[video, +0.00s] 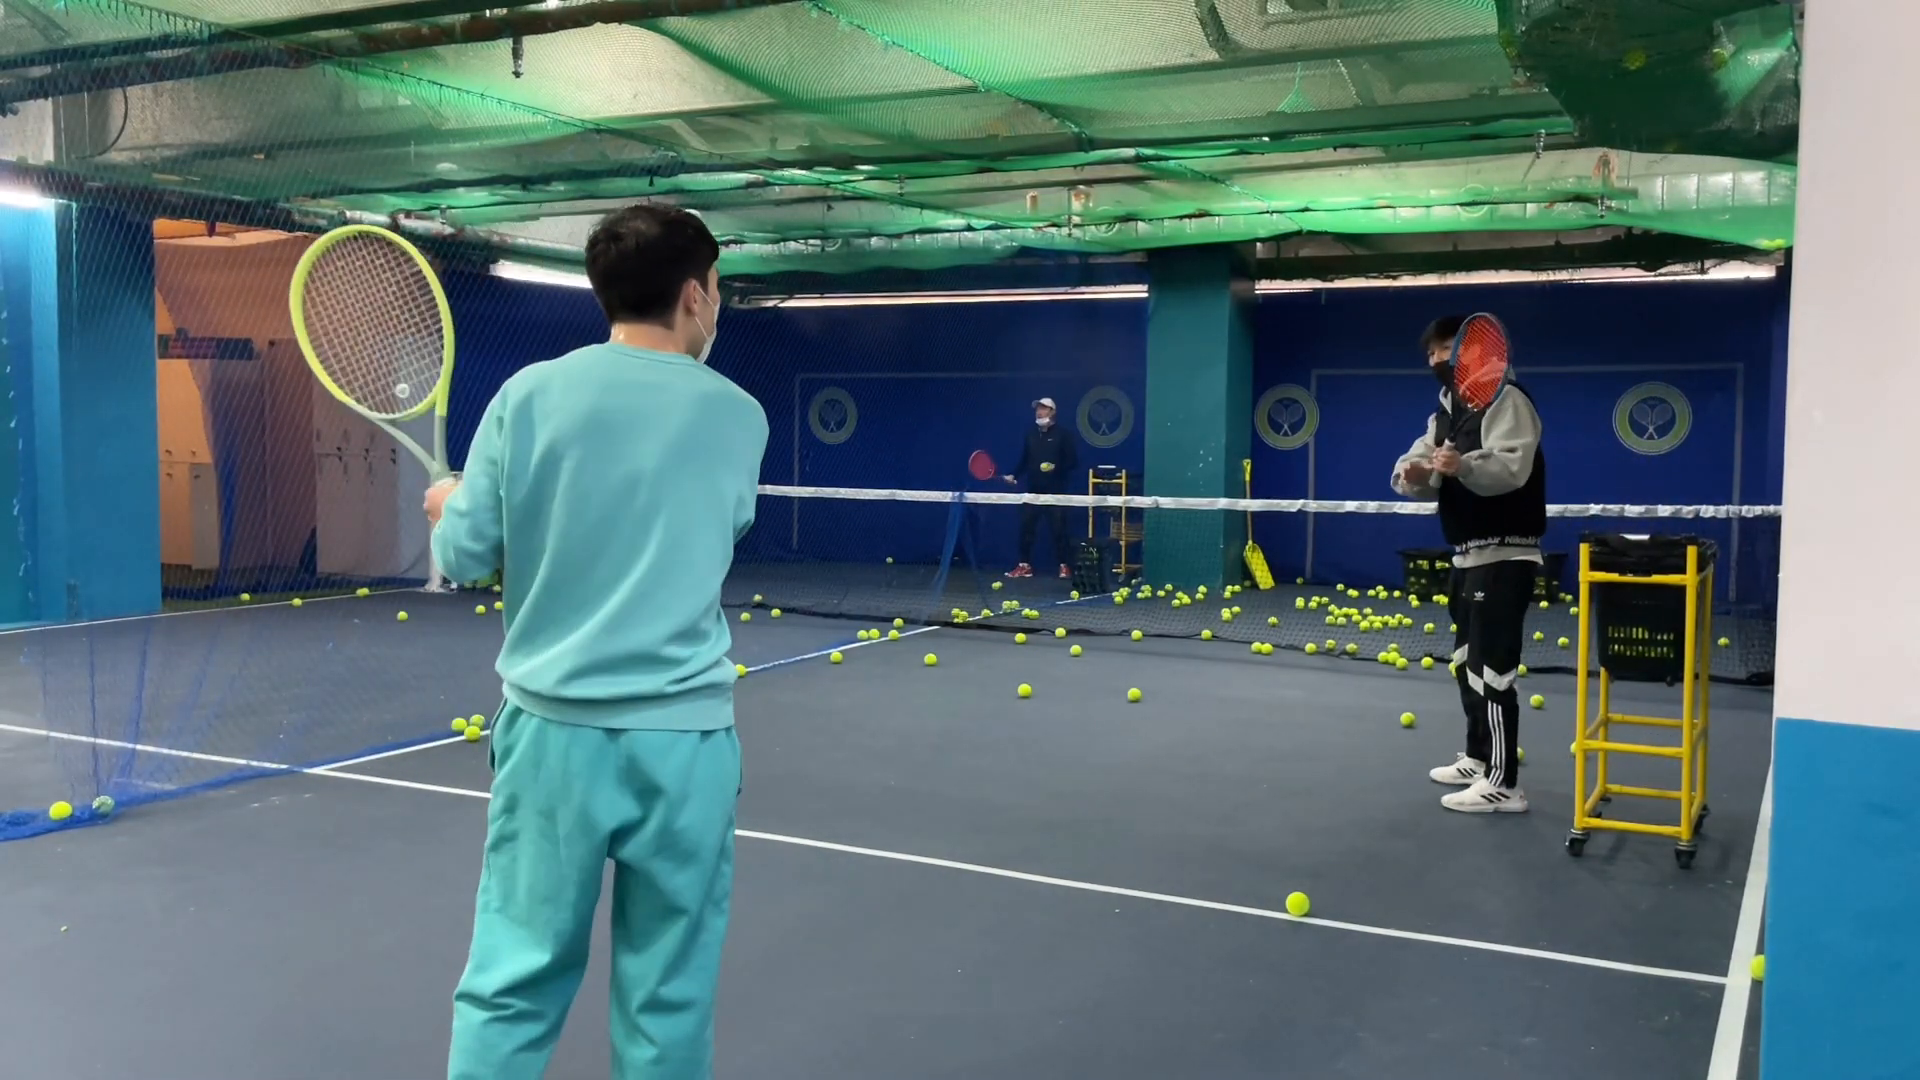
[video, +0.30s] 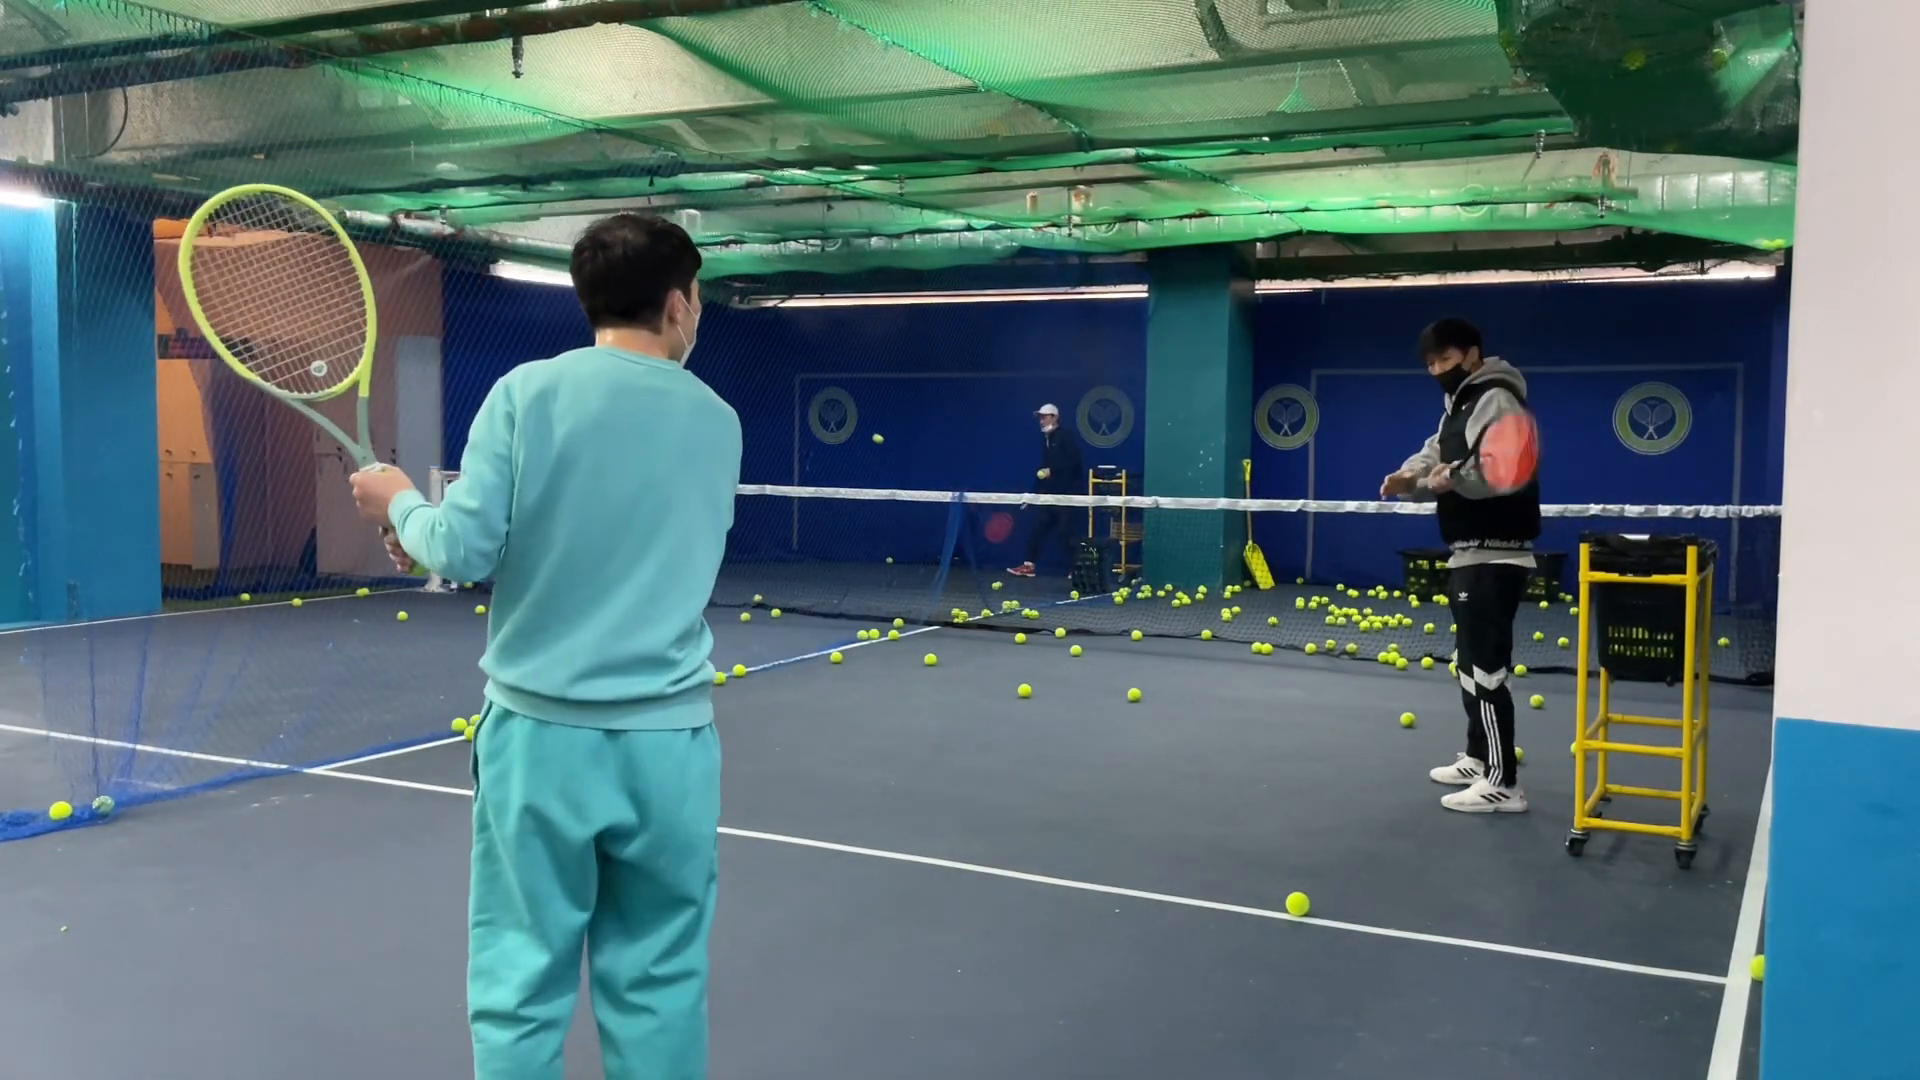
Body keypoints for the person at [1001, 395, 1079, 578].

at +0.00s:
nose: (1040, 412)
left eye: (1044, 409)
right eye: (1038, 409)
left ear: (1052, 412)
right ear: (1035, 412)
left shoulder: (1062, 434)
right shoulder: (1031, 434)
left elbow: (1071, 461)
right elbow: (1025, 458)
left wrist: (1056, 468)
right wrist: (1014, 474)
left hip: (1055, 488)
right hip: (1033, 487)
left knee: (1058, 527)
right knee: (1026, 525)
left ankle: (1063, 564)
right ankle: (1024, 564)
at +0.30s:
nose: (1041, 420)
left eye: (1044, 417)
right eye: (1040, 417)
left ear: (1054, 418)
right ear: (1040, 419)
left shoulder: (1066, 436)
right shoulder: (1045, 439)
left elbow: (1071, 462)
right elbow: (1044, 470)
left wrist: (1051, 470)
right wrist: (1033, 493)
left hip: (1067, 490)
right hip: (1050, 490)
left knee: (1067, 530)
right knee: (1039, 526)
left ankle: (1075, 568)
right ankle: (1029, 563)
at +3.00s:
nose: (1053, 415)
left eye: (1057, 412)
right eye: (1051, 412)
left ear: (1064, 413)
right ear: (1047, 413)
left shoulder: (1074, 433)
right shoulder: (1041, 432)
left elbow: (1084, 459)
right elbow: (1032, 455)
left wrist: (1073, 460)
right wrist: (1037, 461)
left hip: (1069, 486)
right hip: (1046, 485)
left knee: (1071, 526)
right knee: (1042, 525)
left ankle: (1074, 565)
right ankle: (1040, 563)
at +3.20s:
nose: (1060, 414)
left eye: (1063, 411)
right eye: (1057, 411)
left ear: (1071, 413)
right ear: (1053, 413)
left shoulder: (1079, 435)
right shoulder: (1048, 432)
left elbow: (1086, 460)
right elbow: (1040, 447)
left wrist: (1083, 460)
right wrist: (1056, 447)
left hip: (1072, 485)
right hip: (1050, 484)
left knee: (1072, 525)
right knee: (1045, 524)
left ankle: (1074, 565)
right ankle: (1041, 563)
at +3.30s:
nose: (1066, 413)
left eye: (1069, 410)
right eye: (1062, 410)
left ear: (1074, 411)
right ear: (1056, 411)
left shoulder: (1080, 432)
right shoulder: (1049, 429)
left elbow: (1088, 454)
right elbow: (1039, 445)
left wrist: (1088, 457)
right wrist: (1049, 446)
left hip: (1074, 485)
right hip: (1052, 483)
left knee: (1074, 525)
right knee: (1046, 524)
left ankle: (1074, 565)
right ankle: (1042, 563)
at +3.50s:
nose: (1067, 408)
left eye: (1070, 405)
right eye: (1064, 405)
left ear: (1075, 408)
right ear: (1058, 408)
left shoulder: (1078, 432)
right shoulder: (1048, 428)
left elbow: (1083, 456)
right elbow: (1030, 445)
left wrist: (1089, 460)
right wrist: (1027, 460)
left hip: (1071, 484)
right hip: (1048, 483)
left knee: (1072, 524)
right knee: (1046, 523)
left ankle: (1072, 565)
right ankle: (1044, 564)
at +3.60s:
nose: (1063, 410)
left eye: (1066, 407)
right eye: (1059, 407)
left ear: (1071, 410)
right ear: (1053, 409)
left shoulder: (1075, 434)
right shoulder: (1044, 431)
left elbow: (1079, 461)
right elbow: (1026, 449)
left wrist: (1088, 458)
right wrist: (1021, 469)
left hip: (1069, 487)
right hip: (1046, 487)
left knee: (1072, 527)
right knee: (1044, 527)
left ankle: (1072, 566)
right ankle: (1044, 566)